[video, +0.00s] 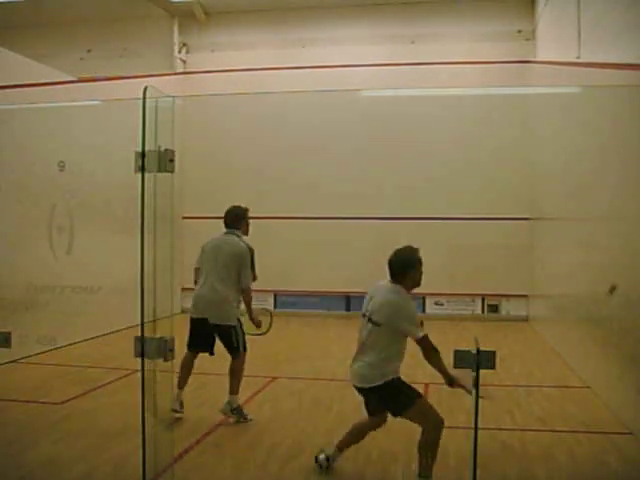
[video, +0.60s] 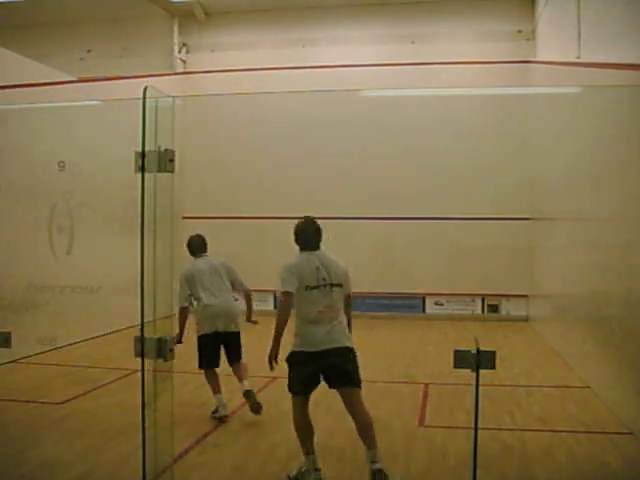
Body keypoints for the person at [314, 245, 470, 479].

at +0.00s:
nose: (422, 276)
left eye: (421, 271)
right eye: (419, 271)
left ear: (396, 271)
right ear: (408, 273)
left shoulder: (378, 289)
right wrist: (448, 376)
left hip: (362, 375)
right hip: (381, 380)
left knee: (376, 419)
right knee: (433, 423)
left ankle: (330, 457)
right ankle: (424, 475)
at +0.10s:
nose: (418, 250)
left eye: (416, 245)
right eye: (416, 246)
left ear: (389, 248)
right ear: (412, 250)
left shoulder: (367, 270)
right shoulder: (413, 283)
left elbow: (345, 305)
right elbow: (409, 316)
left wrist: (355, 334)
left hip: (356, 359)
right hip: (386, 365)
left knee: (367, 399)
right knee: (423, 416)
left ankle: (339, 451)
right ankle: (421, 474)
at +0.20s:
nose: (405, 238)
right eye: (405, 234)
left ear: (378, 239)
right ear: (404, 240)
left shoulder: (358, 264)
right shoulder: (410, 272)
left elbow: (328, 294)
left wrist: (322, 327)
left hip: (354, 352)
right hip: (389, 354)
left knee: (353, 394)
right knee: (409, 419)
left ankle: (342, 454)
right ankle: (413, 474)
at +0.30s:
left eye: (362, 239)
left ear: (363, 244)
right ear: (388, 245)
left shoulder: (347, 273)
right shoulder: (399, 276)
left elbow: (315, 303)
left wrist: (294, 332)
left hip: (353, 360)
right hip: (391, 360)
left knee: (340, 403)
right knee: (404, 428)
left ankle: (330, 460)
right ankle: (409, 476)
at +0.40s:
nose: (344, 256)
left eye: (343, 252)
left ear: (343, 257)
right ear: (368, 255)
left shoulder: (336, 283)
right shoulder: (382, 280)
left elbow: (303, 319)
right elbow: (366, 305)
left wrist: (276, 343)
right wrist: (323, 299)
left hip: (346, 369)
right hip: (384, 368)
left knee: (324, 410)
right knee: (399, 433)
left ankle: (315, 465)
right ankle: (408, 476)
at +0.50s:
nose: (320, 255)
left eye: (318, 250)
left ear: (317, 254)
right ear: (341, 251)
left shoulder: (313, 281)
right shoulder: (357, 278)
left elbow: (291, 320)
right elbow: (358, 316)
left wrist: (271, 355)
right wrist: (323, 330)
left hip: (325, 362)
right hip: (362, 361)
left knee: (305, 407)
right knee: (381, 420)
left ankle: (311, 465)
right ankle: (404, 473)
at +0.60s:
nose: (295, 240)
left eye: (296, 237)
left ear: (297, 241)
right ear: (321, 239)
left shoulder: (292, 268)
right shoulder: (339, 268)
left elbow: (286, 307)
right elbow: (348, 308)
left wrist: (275, 345)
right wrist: (347, 338)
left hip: (305, 353)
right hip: (340, 349)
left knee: (300, 408)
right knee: (356, 405)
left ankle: (310, 464)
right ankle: (376, 462)